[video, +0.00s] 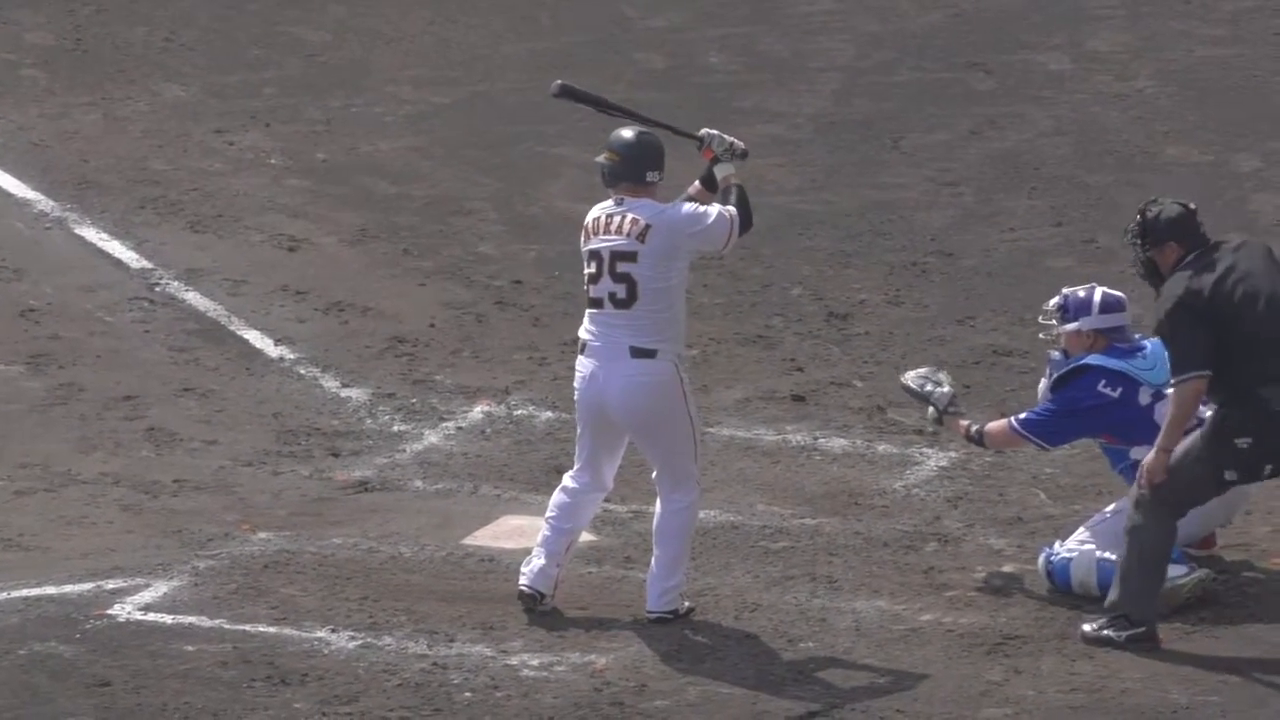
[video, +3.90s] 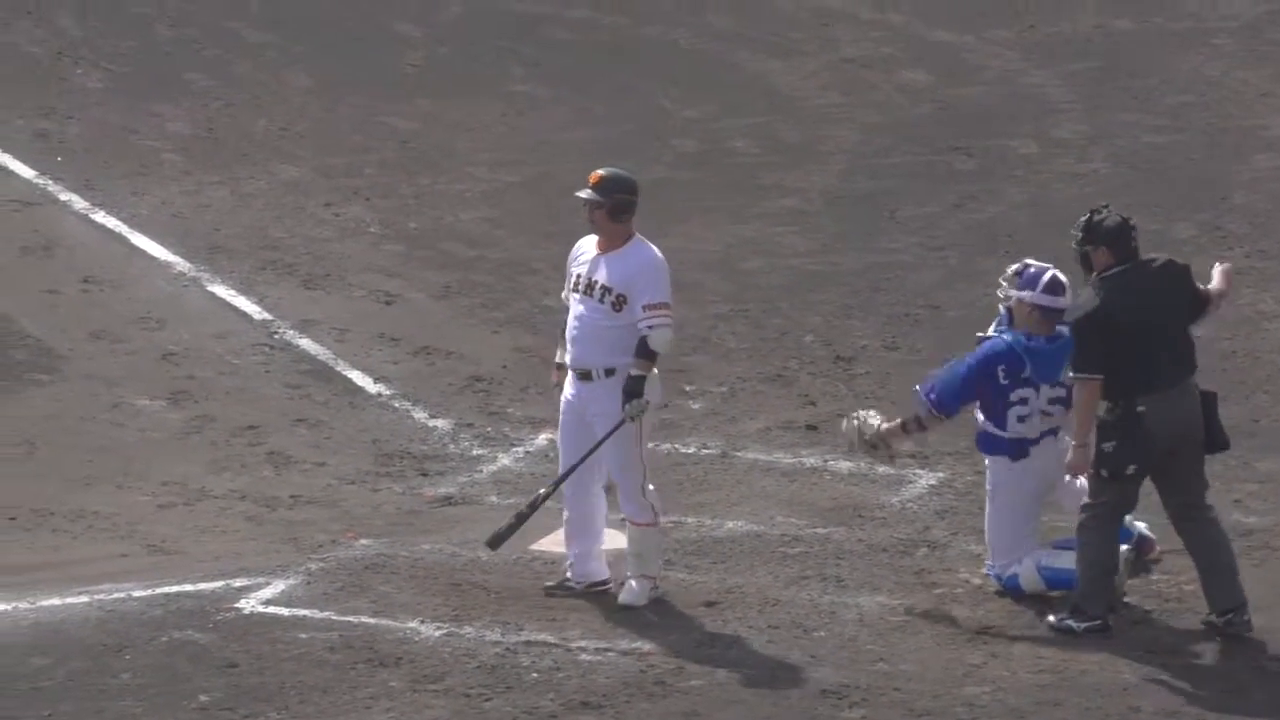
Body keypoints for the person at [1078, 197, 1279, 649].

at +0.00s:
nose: (1148, 259)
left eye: (1150, 249)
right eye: (1145, 249)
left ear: (1170, 248)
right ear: (1196, 235)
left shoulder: (1184, 295)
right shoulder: (1254, 251)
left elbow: (1191, 385)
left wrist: (1162, 452)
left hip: (1258, 426)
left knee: (1155, 498)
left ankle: (1132, 618)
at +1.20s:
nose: (1132, 327)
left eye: (1135, 318)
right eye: (1129, 318)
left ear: (1158, 317)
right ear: (1184, 304)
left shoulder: (1158, 364)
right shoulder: (1245, 323)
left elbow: (1173, 445)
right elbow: (1266, 389)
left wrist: (1118, 485)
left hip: (1230, 491)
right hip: (1274, 478)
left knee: (1096, 509)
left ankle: (1093, 627)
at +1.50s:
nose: (1081, 326)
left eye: (1084, 318)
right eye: (1079, 318)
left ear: (1105, 318)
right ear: (1130, 306)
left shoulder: (1105, 363)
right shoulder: (1186, 326)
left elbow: (1118, 441)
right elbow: (1239, 395)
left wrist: (1067, 478)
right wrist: (1222, 447)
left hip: (1164, 488)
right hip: (1228, 476)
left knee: (1045, 502)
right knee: (1237, 478)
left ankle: (1043, 613)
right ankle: (1277, 579)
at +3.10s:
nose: (1048, 327)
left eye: (1048, 318)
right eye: (1046, 319)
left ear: (1064, 317)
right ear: (1083, 306)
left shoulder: (1072, 363)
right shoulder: (1131, 318)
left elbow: (1081, 438)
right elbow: (1175, 379)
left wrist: (1047, 475)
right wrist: (1186, 425)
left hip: (1133, 461)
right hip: (1183, 441)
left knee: (1037, 499)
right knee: (1210, 496)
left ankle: (1045, 597)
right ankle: (1258, 565)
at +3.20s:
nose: (1032, 307)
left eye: (1034, 299)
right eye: (1031, 299)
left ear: (1049, 298)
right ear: (1072, 288)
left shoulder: (1056, 342)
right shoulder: (1114, 300)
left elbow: (1069, 420)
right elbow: (1151, 361)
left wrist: (1044, 471)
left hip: (1123, 439)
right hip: (1173, 418)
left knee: (1040, 495)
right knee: (1210, 494)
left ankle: (1051, 593)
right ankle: (1264, 564)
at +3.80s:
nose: (1065, 262)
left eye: (1067, 254)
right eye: (1065, 254)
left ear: (1083, 256)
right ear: (1108, 248)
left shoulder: (1078, 307)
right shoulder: (1149, 273)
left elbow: (1075, 385)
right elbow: (1186, 317)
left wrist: (1071, 448)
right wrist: (1207, 323)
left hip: (1122, 417)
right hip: (1172, 404)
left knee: (1089, 512)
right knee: (1181, 506)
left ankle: (1086, 610)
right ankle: (1226, 604)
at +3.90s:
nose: (1086, 260)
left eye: (1087, 251)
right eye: (1086, 251)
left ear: (1100, 253)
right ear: (1131, 244)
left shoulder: (1094, 308)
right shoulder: (1169, 273)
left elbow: (1088, 384)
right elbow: (1201, 303)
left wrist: (1079, 444)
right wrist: (1220, 285)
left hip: (1131, 418)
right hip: (1184, 407)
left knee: (1100, 513)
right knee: (1192, 508)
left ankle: (1090, 610)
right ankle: (1231, 609)